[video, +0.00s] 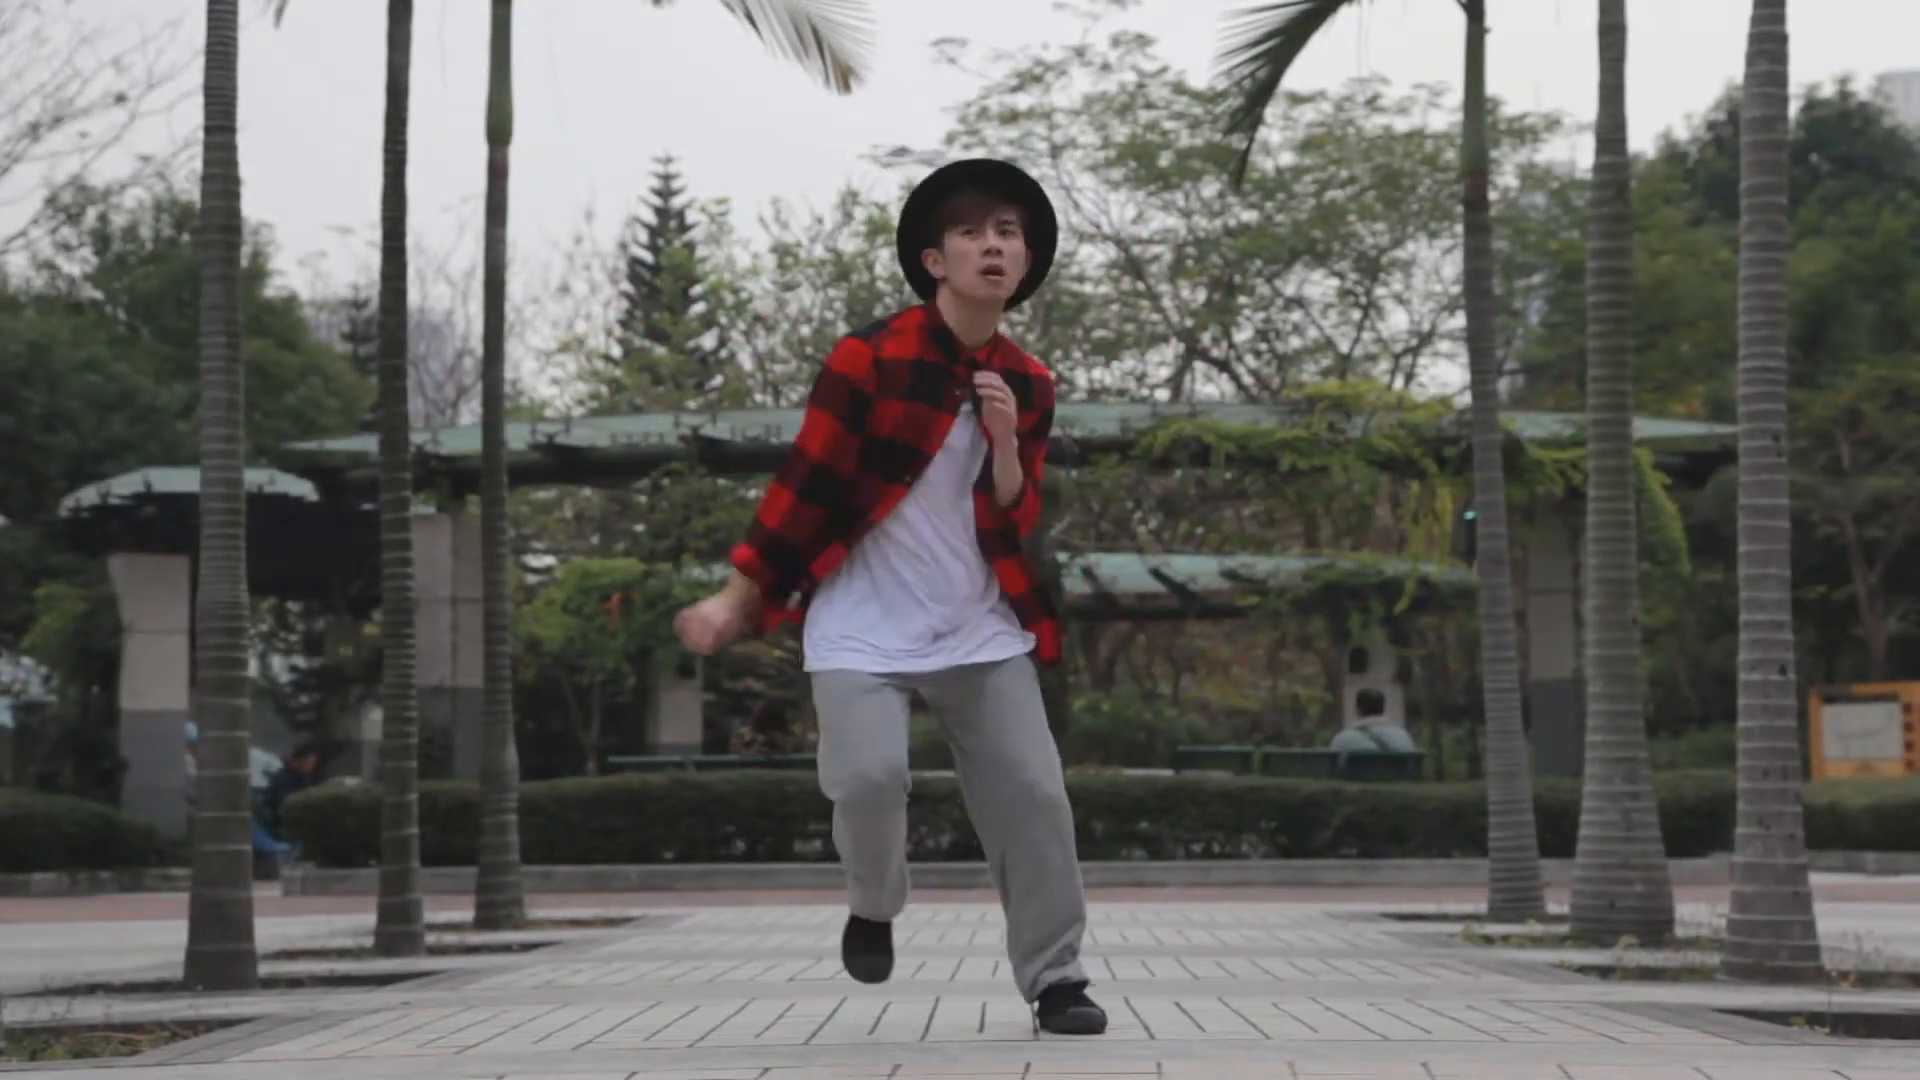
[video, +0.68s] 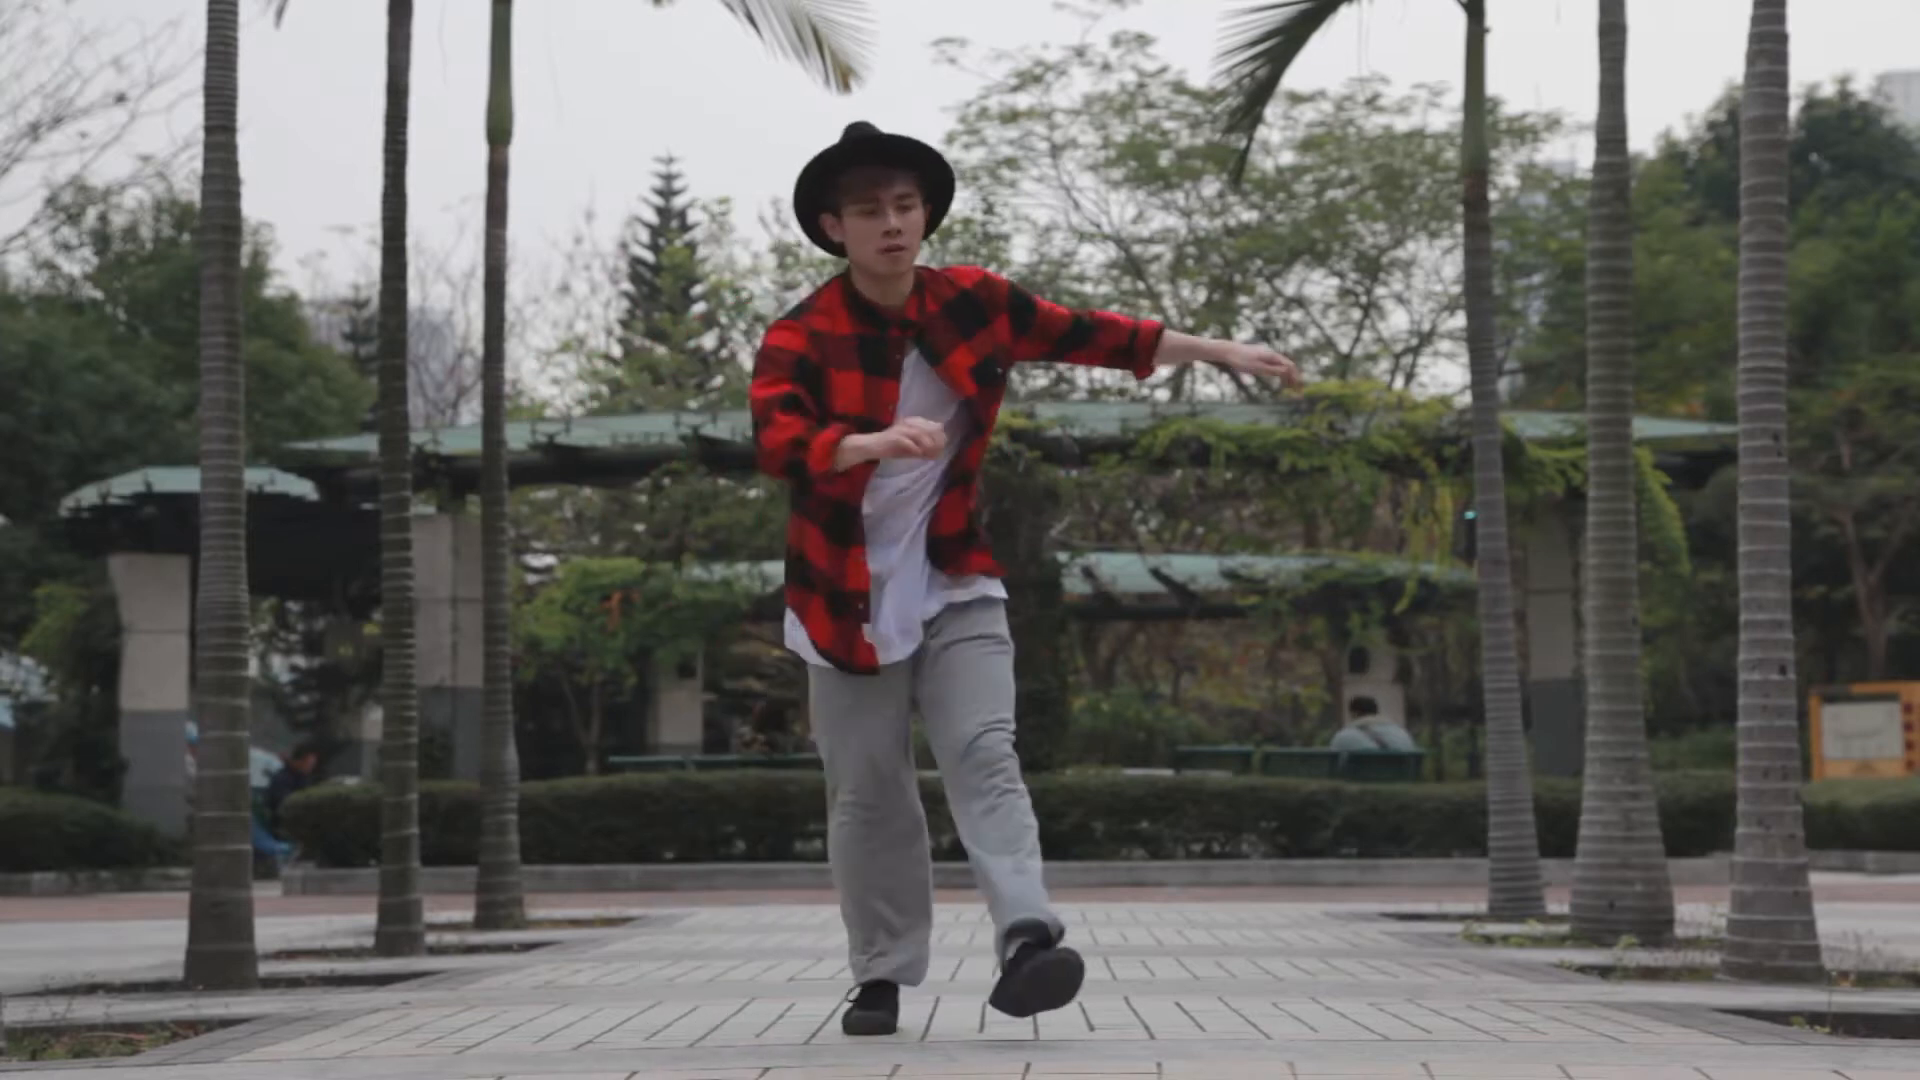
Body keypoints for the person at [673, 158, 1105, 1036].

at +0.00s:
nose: (992, 245)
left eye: (1009, 232)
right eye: (970, 231)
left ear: (1029, 264)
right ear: (933, 261)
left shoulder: (1028, 382)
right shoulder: (870, 358)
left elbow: (1015, 521)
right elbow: (806, 482)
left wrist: (1005, 447)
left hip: (976, 617)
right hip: (859, 615)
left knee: (1032, 786)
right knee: (866, 772)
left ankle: (1054, 975)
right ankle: (874, 902)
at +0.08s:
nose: (963, 214)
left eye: (985, 205)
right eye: (945, 196)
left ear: (1004, 242)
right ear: (906, 217)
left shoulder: (1004, 349)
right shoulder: (824, 307)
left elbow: (996, 486)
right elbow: (724, 383)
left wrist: (982, 393)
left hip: (929, 561)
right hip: (822, 548)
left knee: (988, 769)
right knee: (833, 724)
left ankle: (1023, 977)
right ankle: (809, 869)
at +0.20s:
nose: (880, 205)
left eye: (906, 198)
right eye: (868, 185)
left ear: (932, 237)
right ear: (836, 204)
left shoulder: (943, 335)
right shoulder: (765, 286)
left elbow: (987, 465)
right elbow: (675, 317)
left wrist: (960, 420)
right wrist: (593, 377)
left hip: (905, 603)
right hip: (783, 584)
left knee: (920, 797)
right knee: (740, 750)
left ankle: (879, 943)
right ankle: (711, 965)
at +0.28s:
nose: (811, 238)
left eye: (838, 227)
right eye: (799, 222)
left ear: (875, 261)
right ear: (781, 241)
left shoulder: (890, 358)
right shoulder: (740, 336)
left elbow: (949, 456)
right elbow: (656, 353)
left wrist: (948, 512)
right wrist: (589, 371)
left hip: (876, 650)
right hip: (755, 634)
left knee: (857, 844)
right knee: (707, 795)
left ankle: (804, 920)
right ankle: (682, 990)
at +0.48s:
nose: (778, 246)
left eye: (796, 226)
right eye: (757, 233)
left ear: (838, 238)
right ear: (740, 256)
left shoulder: (910, 338)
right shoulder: (717, 352)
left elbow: (999, 423)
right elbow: (594, 402)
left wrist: (1072, 522)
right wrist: (644, 373)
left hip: (904, 595)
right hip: (781, 604)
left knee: (922, 748)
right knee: (747, 791)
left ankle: (830, 793)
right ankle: (704, 988)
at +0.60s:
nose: (848, 218)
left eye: (863, 198)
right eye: (825, 205)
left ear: (893, 211)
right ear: (798, 230)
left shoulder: (953, 297)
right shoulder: (764, 325)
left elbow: (1061, 339)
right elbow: (680, 400)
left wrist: (1177, 390)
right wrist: (754, 398)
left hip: (930, 549)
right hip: (819, 571)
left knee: (969, 710)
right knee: (829, 768)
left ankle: (944, 940)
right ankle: (865, 969)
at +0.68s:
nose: (892, 223)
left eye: (906, 204)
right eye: (867, 207)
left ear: (927, 216)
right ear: (832, 228)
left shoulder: (974, 301)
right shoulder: (797, 339)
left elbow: (1085, 333)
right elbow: (781, 445)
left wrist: (1210, 349)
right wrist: (874, 442)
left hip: (956, 582)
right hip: (846, 600)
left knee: (985, 750)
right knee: (866, 793)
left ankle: (1027, 941)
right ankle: (878, 973)